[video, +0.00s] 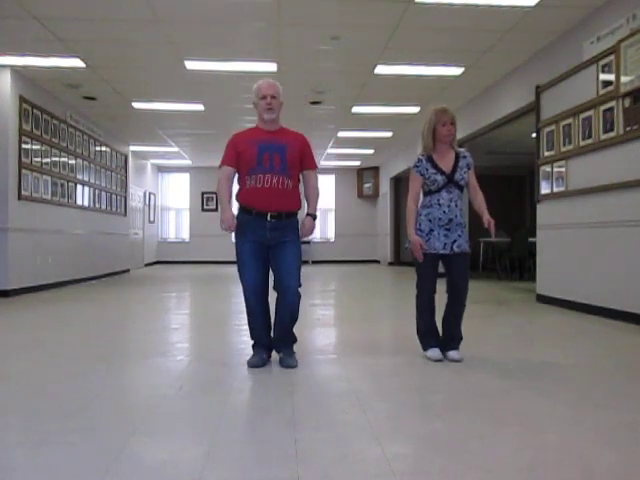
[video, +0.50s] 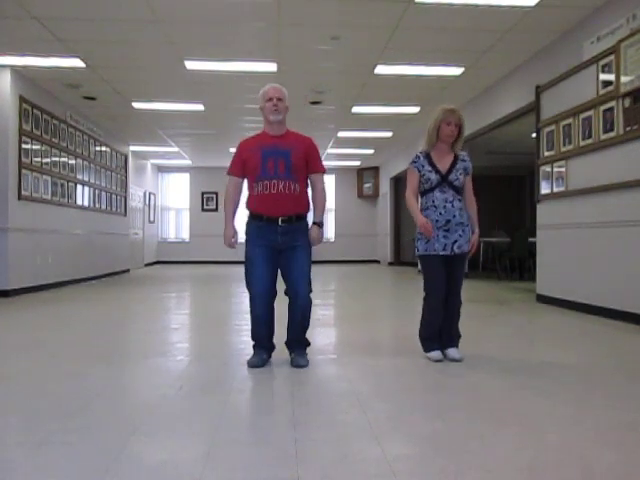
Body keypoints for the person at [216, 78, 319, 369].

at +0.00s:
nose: (268, 101)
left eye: (274, 97)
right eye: (263, 97)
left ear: (282, 102)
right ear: (255, 103)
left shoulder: (298, 141)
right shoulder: (240, 140)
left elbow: (310, 180)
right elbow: (225, 177)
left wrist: (311, 213)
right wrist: (226, 209)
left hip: (287, 223)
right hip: (250, 222)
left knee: (290, 288)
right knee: (253, 289)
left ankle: (285, 345)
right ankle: (260, 347)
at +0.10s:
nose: (268, 100)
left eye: (273, 96)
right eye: (263, 96)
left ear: (281, 101)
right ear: (254, 102)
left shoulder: (297, 140)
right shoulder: (239, 139)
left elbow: (309, 178)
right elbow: (225, 178)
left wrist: (313, 211)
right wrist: (229, 212)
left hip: (286, 222)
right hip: (249, 222)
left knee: (292, 285)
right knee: (253, 289)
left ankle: (286, 343)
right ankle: (261, 347)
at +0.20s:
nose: (268, 100)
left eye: (273, 96)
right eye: (263, 97)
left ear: (281, 103)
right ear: (254, 104)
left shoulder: (297, 141)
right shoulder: (239, 140)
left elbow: (310, 178)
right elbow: (225, 181)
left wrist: (315, 211)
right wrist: (231, 216)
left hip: (287, 223)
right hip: (249, 222)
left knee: (297, 281)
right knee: (252, 290)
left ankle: (289, 342)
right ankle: (260, 347)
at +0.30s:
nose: (269, 101)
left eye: (274, 97)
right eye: (264, 98)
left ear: (282, 104)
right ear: (255, 106)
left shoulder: (299, 142)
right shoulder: (240, 142)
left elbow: (311, 180)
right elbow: (227, 184)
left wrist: (316, 214)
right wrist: (231, 221)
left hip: (288, 225)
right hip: (251, 224)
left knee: (299, 283)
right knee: (252, 291)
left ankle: (295, 342)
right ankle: (260, 347)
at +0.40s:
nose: (272, 103)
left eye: (276, 99)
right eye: (266, 100)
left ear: (284, 106)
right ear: (258, 107)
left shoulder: (302, 144)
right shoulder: (243, 145)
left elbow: (315, 183)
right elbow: (230, 185)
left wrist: (317, 218)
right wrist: (229, 224)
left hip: (291, 228)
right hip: (254, 227)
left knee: (298, 290)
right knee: (254, 292)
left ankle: (299, 347)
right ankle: (261, 348)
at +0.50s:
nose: (274, 103)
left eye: (279, 99)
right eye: (269, 99)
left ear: (288, 106)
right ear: (261, 107)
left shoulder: (305, 144)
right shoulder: (247, 146)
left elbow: (318, 186)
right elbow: (234, 186)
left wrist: (317, 223)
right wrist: (229, 223)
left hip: (296, 228)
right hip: (260, 229)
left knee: (300, 292)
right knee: (260, 293)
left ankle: (298, 347)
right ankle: (261, 348)